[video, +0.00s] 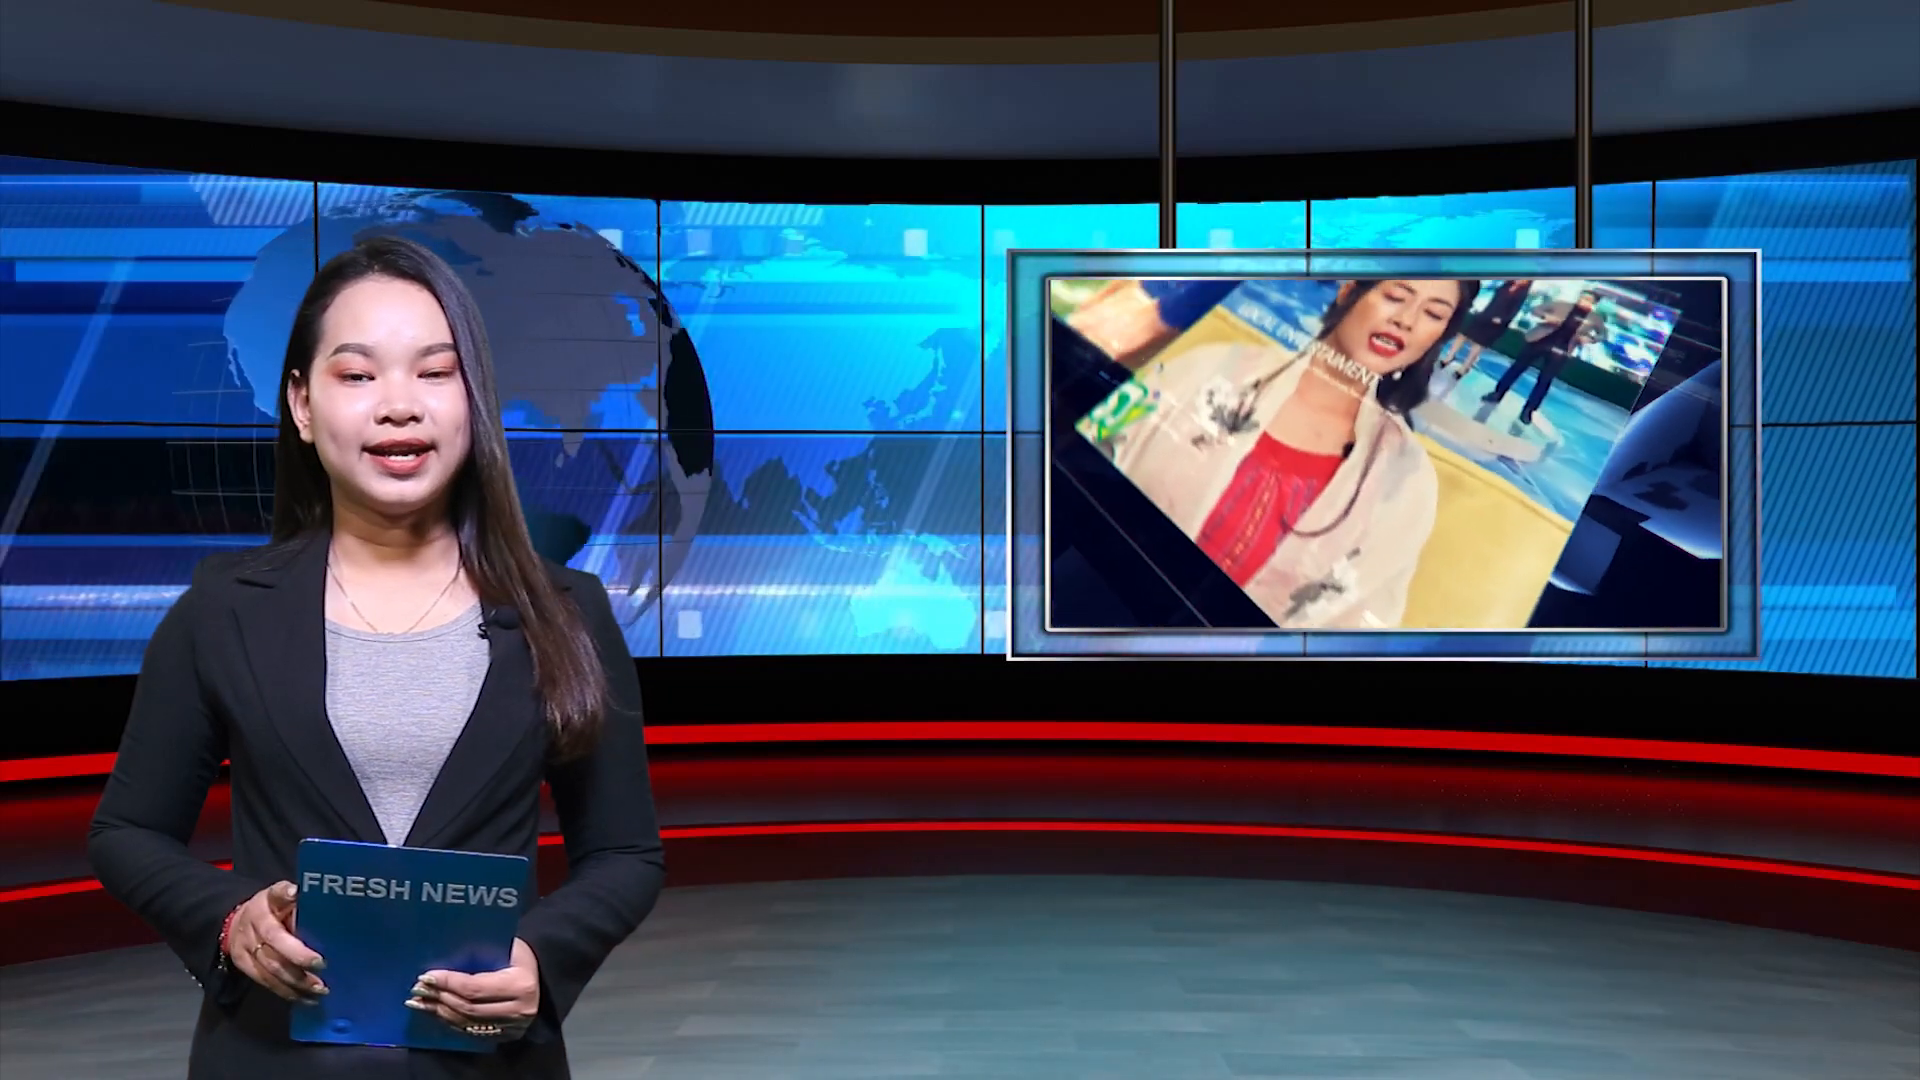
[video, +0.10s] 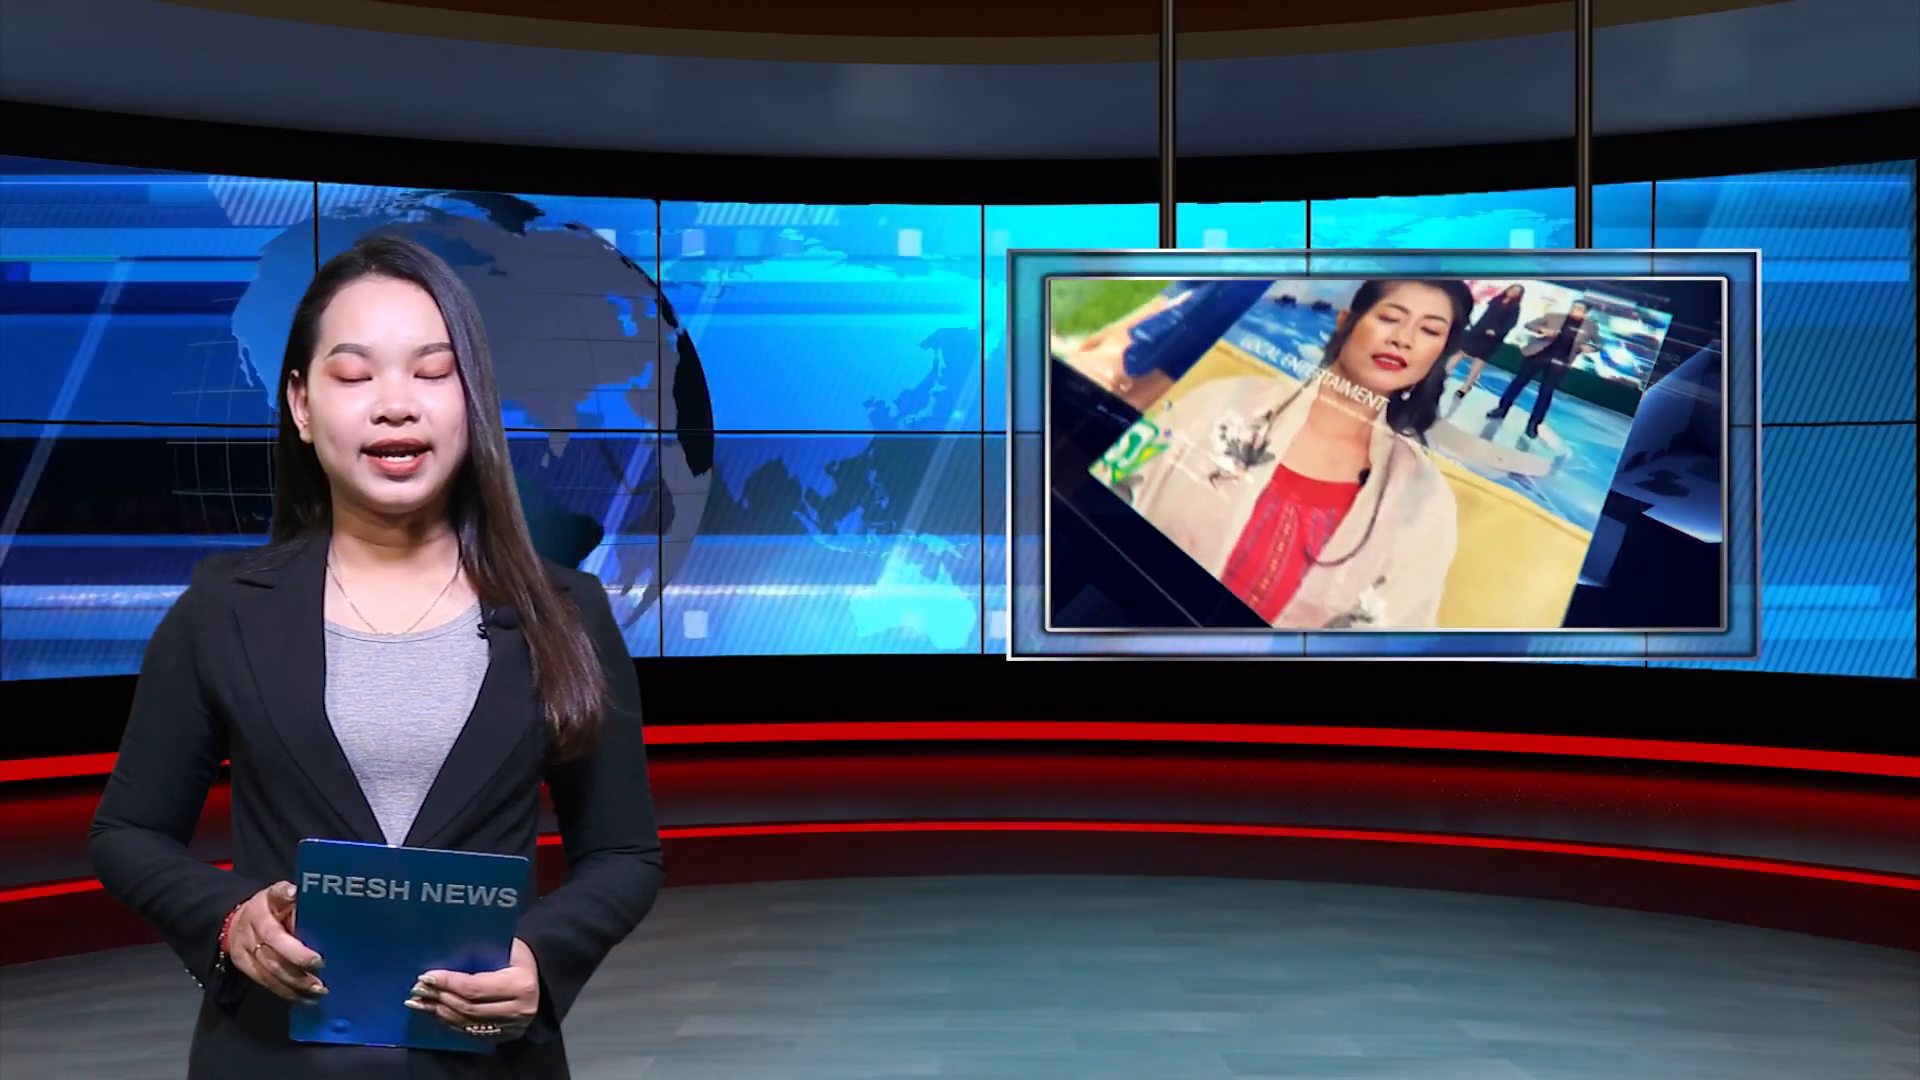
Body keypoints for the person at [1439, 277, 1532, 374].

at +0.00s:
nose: (1518, 278)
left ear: (1526, 279)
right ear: (1514, 274)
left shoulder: (1522, 289)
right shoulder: (1508, 283)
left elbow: (1515, 307)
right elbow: (1496, 299)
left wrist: (1503, 318)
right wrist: (1485, 311)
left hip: (1498, 319)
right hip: (1487, 313)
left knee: (1479, 344)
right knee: (1464, 334)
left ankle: (1465, 368)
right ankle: (1449, 358)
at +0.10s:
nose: (1512, 292)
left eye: (1516, 292)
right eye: (1512, 289)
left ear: (1518, 296)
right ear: (1509, 288)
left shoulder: (1514, 308)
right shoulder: (1497, 300)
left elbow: (1510, 324)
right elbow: (1486, 315)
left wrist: (1496, 332)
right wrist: (1477, 326)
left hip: (1493, 336)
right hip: (1480, 329)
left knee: (1479, 359)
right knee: (1462, 351)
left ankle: (1468, 385)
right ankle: (1445, 371)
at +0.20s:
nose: (1509, 300)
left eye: (1512, 299)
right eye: (1508, 296)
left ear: (1515, 302)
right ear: (1504, 296)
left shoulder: (1512, 316)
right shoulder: (1493, 305)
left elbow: (1507, 335)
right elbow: (1484, 320)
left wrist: (1496, 339)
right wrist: (1482, 332)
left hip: (1493, 343)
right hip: (1479, 335)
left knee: (1480, 367)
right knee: (1462, 360)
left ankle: (1471, 394)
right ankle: (1444, 381)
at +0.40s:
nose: (1506, 311)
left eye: (1509, 310)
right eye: (1505, 308)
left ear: (1512, 313)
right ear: (1500, 309)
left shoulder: (1512, 326)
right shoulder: (1490, 320)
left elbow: (1513, 340)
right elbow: (1483, 333)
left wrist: (1506, 345)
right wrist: (1481, 343)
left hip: (1496, 356)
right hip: (1483, 351)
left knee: (1485, 382)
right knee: (1481, 381)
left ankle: (1479, 408)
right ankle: (1479, 408)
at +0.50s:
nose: (1511, 315)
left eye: (1513, 313)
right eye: (1509, 312)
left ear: (1516, 317)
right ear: (1504, 313)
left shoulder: (1518, 329)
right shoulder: (1495, 325)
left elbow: (1521, 344)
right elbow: (1487, 339)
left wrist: (1518, 345)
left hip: (1505, 360)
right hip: (1491, 357)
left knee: (1495, 386)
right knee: (1488, 385)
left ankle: (1486, 410)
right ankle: (1485, 410)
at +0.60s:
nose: (1515, 318)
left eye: (1518, 316)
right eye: (1513, 315)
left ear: (1521, 319)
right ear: (1508, 316)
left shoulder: (1522, 332)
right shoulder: (1499, 328)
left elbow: (1529, 346)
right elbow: (1491, 342)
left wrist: (1527, 349)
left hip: (1511, 362)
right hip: (1497, 360)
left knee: (1501, 389)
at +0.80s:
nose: (1531, 329)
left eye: (1532, 326)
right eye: (1528, 326)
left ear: (1534, 329)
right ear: (1522, 327)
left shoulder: (1536, 343)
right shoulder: (1514, 341)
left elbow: (1537, 358)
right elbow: (1508, 356)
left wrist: (1541, 363)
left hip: (1527, 374)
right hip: (1514, 373)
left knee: (1525, 401)